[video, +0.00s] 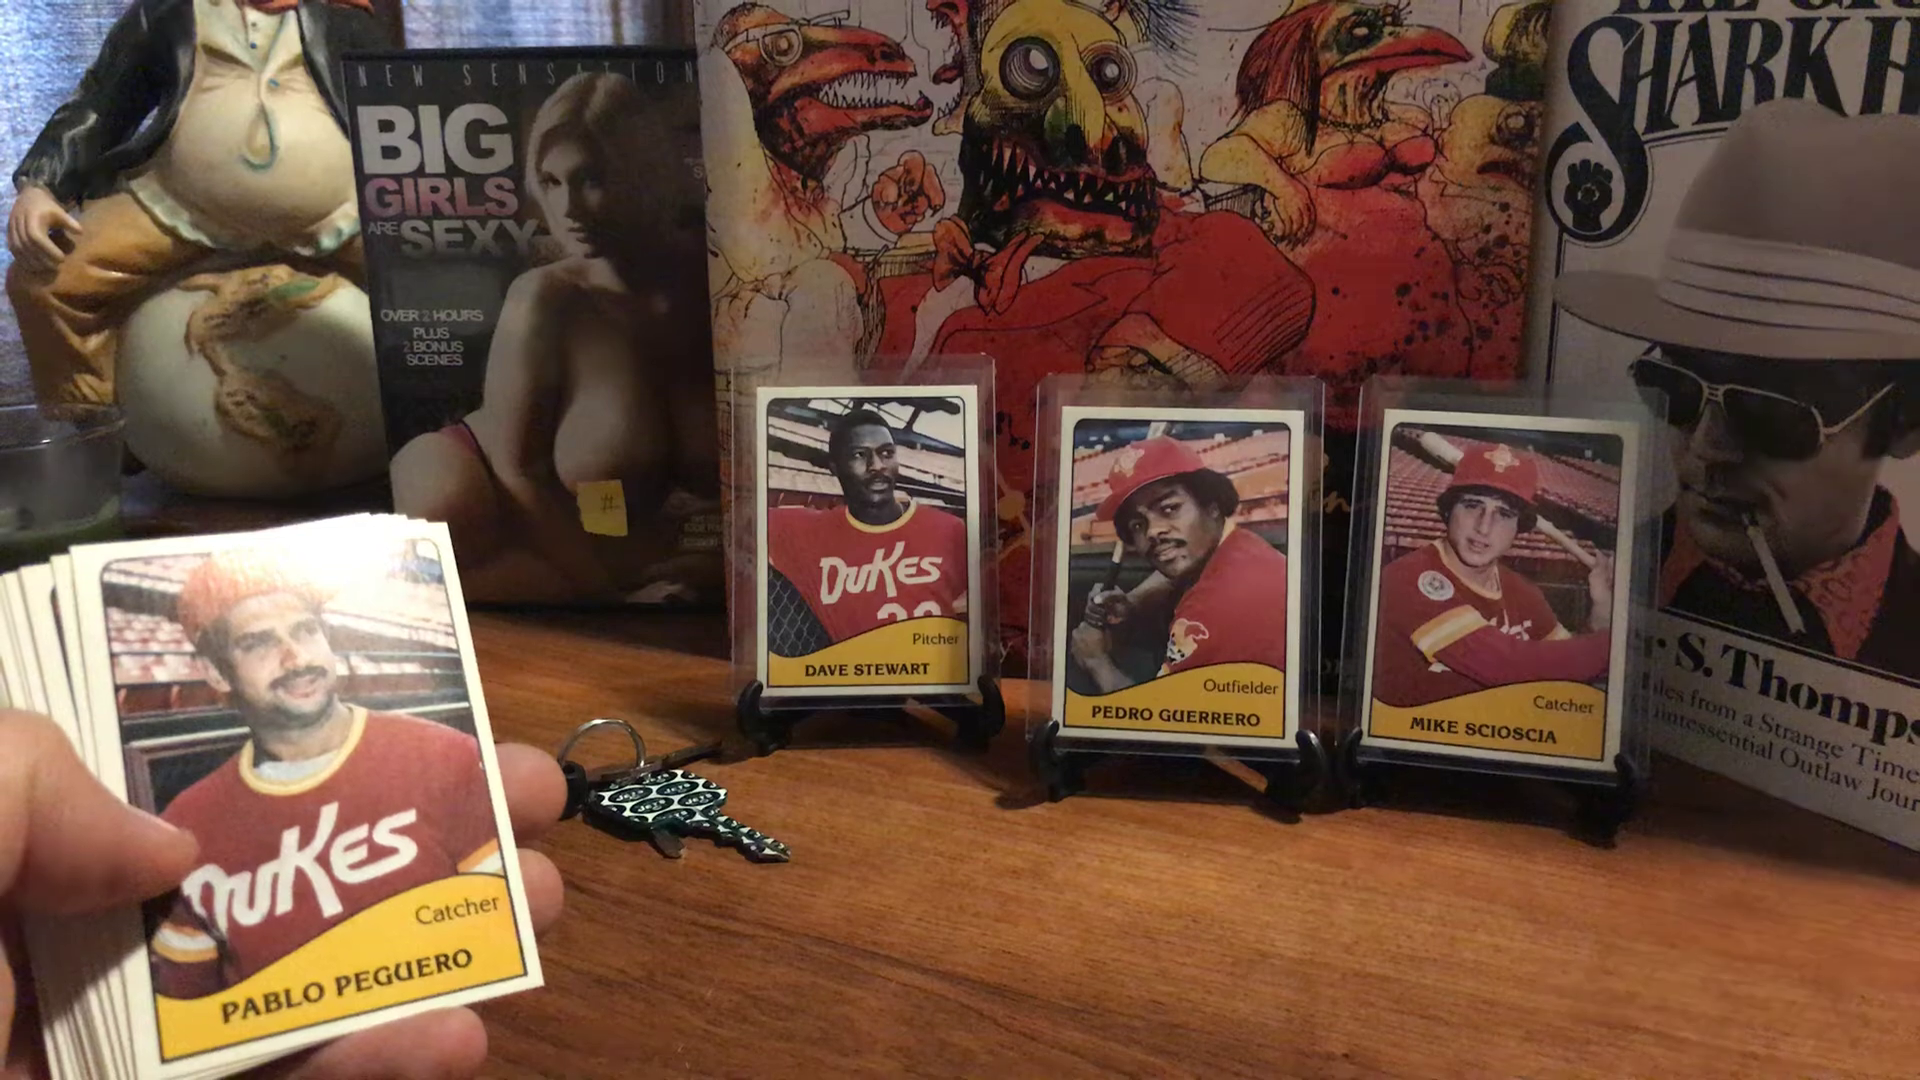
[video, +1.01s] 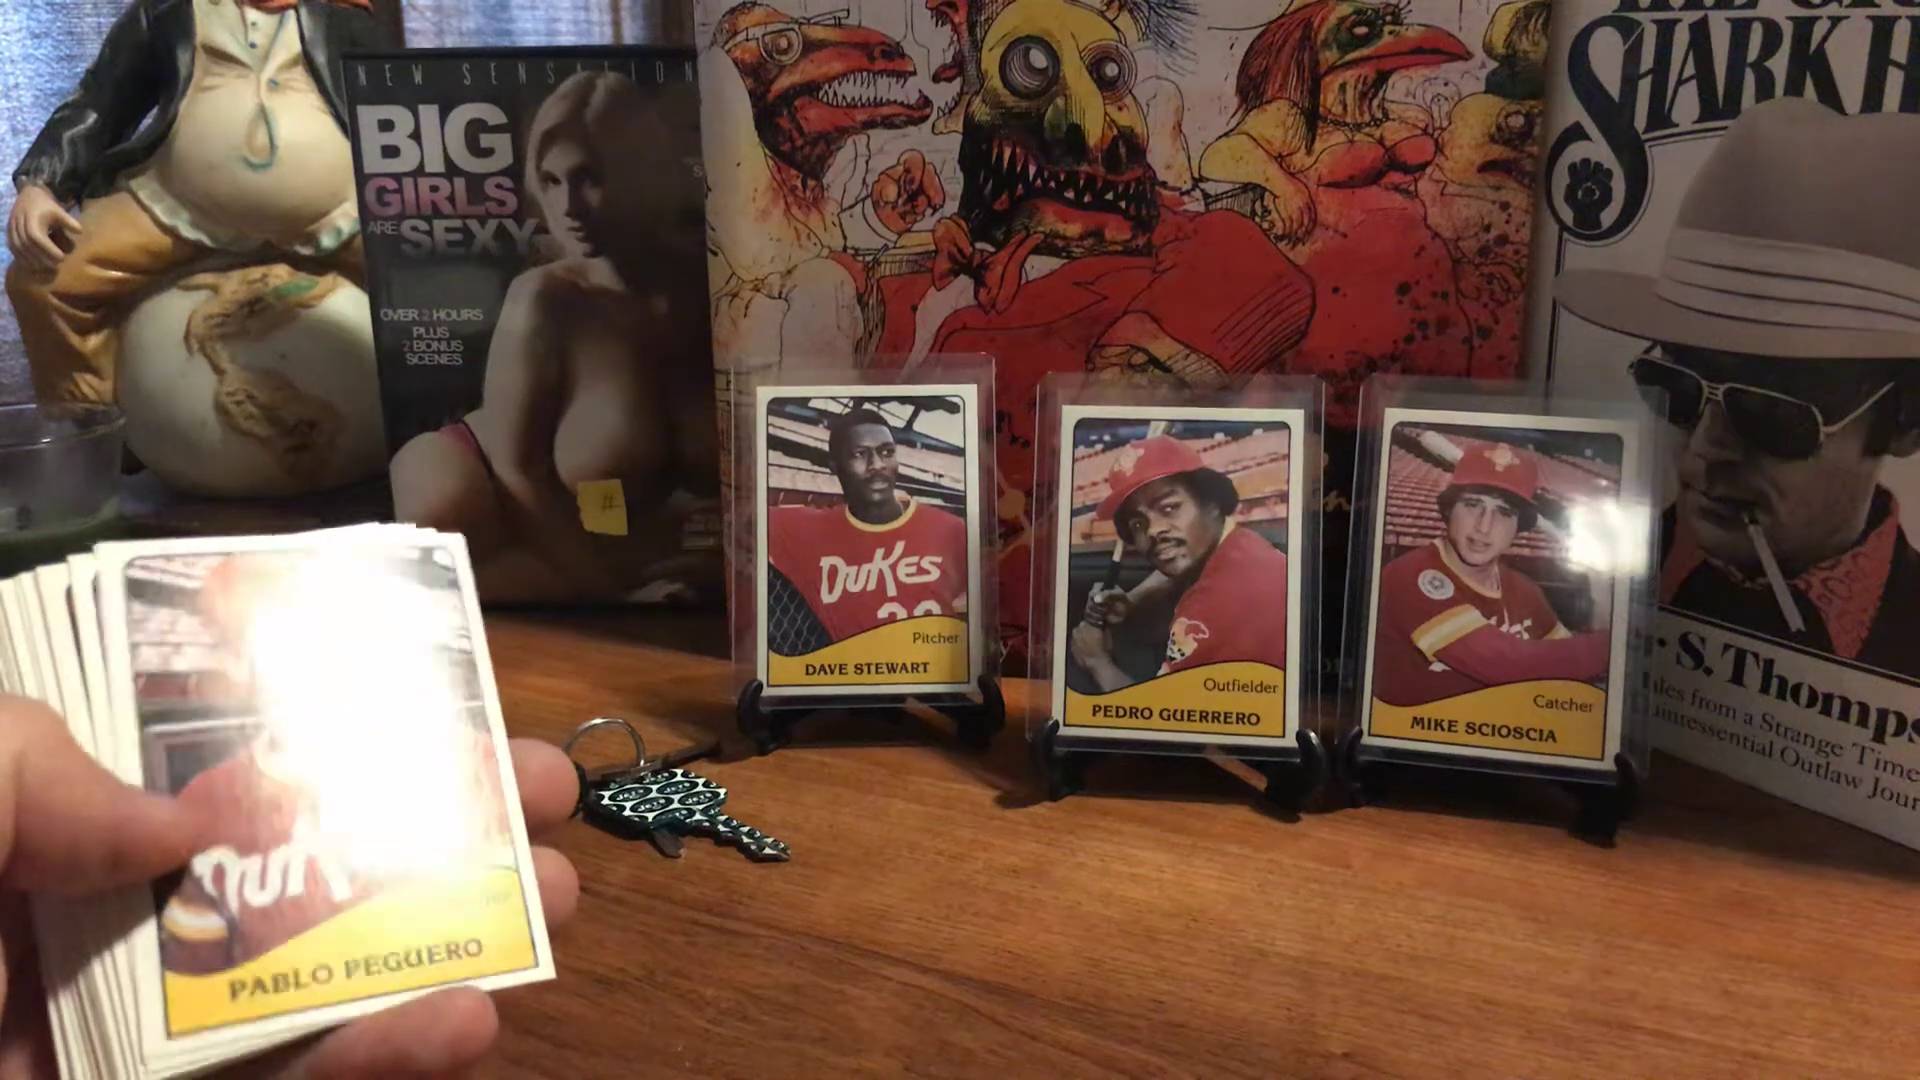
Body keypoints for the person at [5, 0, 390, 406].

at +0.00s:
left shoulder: (351, 19)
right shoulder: (168, 10)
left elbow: (401, 112)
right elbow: (100, 102)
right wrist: (36, 183)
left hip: (340, 211)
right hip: (180, 206)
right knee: (45, 281)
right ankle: (101, 452)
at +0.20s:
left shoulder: (352, 21)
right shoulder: (167, 12)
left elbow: (402, 112)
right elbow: (99, 101)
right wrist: (35, 182)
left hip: (340, 209)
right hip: (179, 204)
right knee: (43, 280)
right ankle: (103, 448)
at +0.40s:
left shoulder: (353, 22)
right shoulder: (168, 12)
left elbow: (403, 116)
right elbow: (100, 100)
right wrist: (36, 182)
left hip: (341, 211)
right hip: (180, 206)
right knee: (44, 280)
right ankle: (100, 452)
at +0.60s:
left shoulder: (351, 21)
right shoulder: (166, 12)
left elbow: (402, 112)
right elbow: (99, 102)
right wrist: (35, 182)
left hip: (340, 211)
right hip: (179, 206)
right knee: (43, 281)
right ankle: (100, 450)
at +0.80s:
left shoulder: (350, 20)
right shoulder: (165, 11)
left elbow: (400, 114)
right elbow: (97, 104)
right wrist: (35, 182)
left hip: (338, 211)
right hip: (179, 206)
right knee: (43, 281)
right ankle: (103, 448)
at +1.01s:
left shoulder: (349, 21)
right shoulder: (165, 13)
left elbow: (401, 113)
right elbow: (96, 105)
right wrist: (36, 183)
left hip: (338, 211)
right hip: (178, 207)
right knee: (44, 282)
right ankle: (97, 462)